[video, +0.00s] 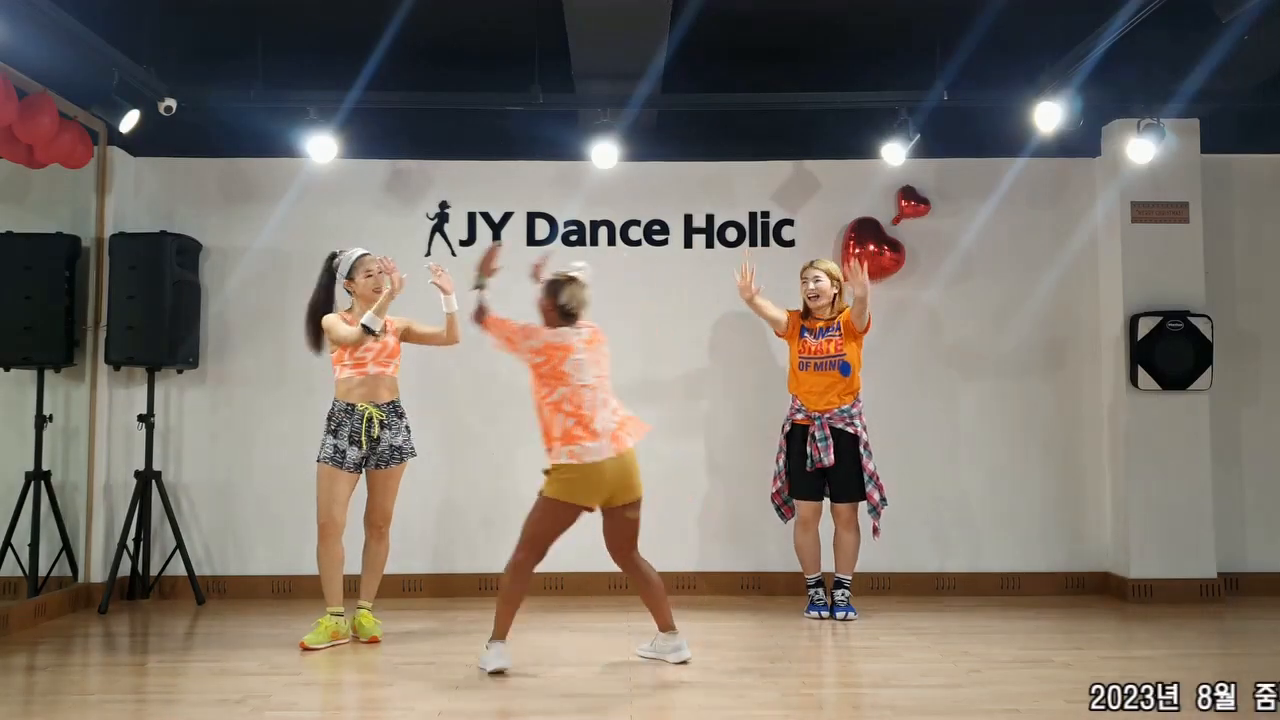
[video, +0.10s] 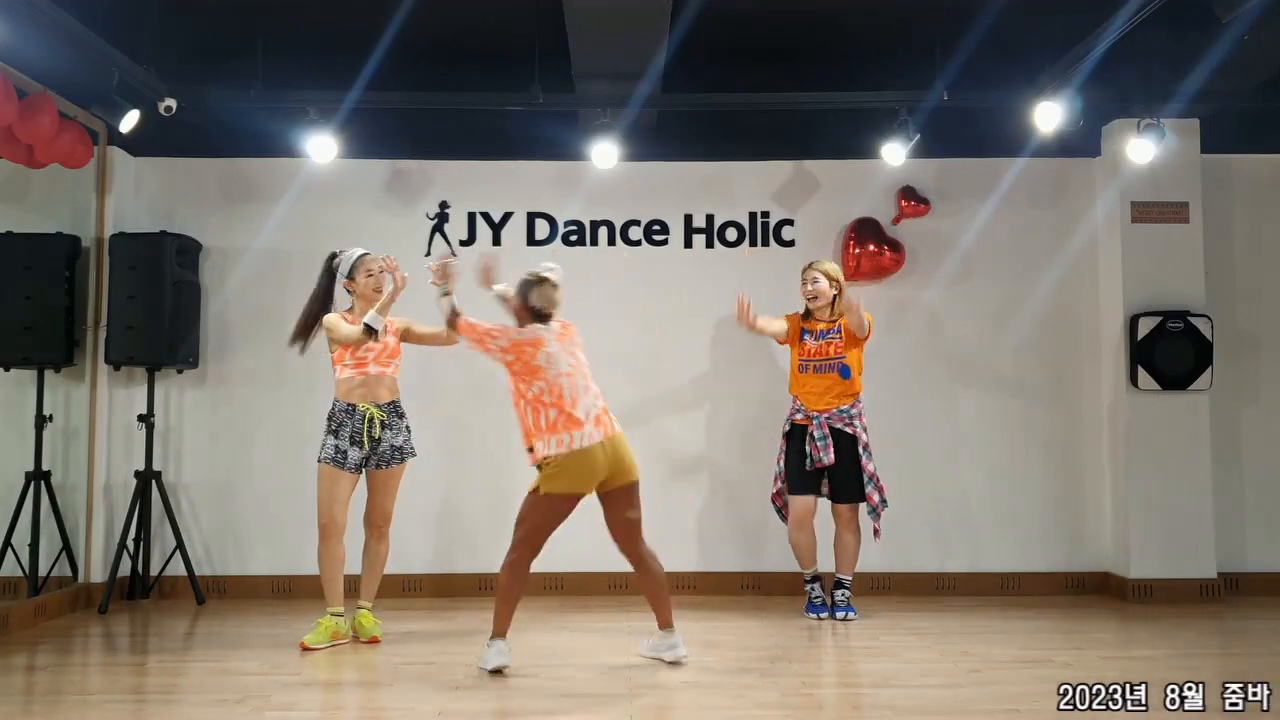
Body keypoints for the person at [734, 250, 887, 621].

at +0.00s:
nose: (811, 287)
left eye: (819, 281)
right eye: (806, 282)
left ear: (835, 288)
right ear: (800, 290)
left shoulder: (848, 322)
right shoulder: (794, 324)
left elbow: (859, 311)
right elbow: (773, 315)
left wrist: (861, 293)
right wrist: (752, 299)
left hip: (844, 427)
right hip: (802, 427)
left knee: (846, 515)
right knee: (807, 514)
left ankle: (842, 592)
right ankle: (814, 592)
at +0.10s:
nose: (808, 287)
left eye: (815, 281)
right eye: (804, 282)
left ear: (834, 287)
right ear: (801, 291)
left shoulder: (851, 323)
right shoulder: (795, 324)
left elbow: (858, 325)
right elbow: (774, 326)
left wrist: (851, 304)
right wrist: (752, 323)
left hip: (844, 427)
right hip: (802, 427)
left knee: (846, 514)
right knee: (800, 513)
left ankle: (842, 592)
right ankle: (813, 588)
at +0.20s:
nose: (806, 288)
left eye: (813, 282)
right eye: (803, 283)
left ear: (833, 287)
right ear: (801, 291)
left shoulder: (854, 321)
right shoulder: (796, 324)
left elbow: (857, 338)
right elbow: (774, 338)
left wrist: (853, 353)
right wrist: (750, 348)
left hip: (842, 427)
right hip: (801, 427)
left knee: (846, 513)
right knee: (792, 506)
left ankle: (842, 591)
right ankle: (806, 582)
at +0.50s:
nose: (789, 293)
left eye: (796, 286)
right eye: (785, 288)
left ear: (816, 291)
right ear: (784, 296)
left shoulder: (838, 328)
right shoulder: (779, 333)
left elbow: (831, 364)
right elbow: (749, 360)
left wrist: (809, 391)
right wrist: (723, 376)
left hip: (833, 431)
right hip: (791, 432)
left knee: (843, 519)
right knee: (775, 510)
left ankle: (842, 594)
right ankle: (758, 597)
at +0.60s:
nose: (772, 296)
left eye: (778, 289)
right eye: (768, 291)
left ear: (800, 293)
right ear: (766, 297)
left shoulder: (824, 328)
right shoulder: (762, 337)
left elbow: (815, 360)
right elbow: (726, 362)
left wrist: (776, 366)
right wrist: (700, 357)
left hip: (828, 433)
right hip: (785, 436)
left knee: (841, 519)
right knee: (771, 511)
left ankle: (842, 593)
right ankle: (756, 601)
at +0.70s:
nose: (751, 299)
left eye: (758, 292)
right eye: (746, 294)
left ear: (780, 297)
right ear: (743, 303)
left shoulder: (805, 327)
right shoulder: (745, 341)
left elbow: (798, 357)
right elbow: (706, 364)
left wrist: (752, 332)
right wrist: (692, 335)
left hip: (819, 433)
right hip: (776, 436)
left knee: (838, 519)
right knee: (763, 513)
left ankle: (842, 592)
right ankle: (755, 603)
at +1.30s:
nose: (778, 303)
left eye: (785, 295)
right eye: (770, 298)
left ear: (798, 299)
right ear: (761, 304)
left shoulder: (819, 331)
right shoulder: (756, 343)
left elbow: (806, 355)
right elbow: (735, 373)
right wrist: (715, 369)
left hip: (821, 435)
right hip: (778, 437)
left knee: (848, 521)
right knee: (762, 512)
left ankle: (862, 581)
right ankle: (756, 598)